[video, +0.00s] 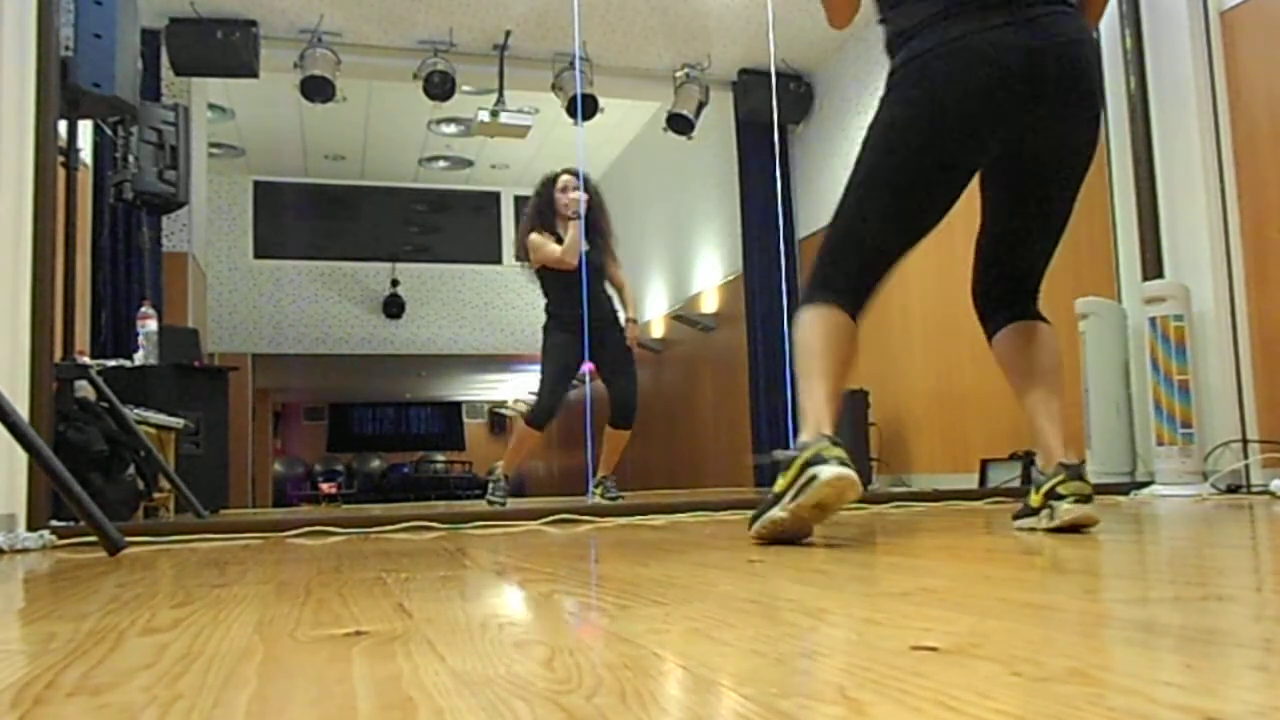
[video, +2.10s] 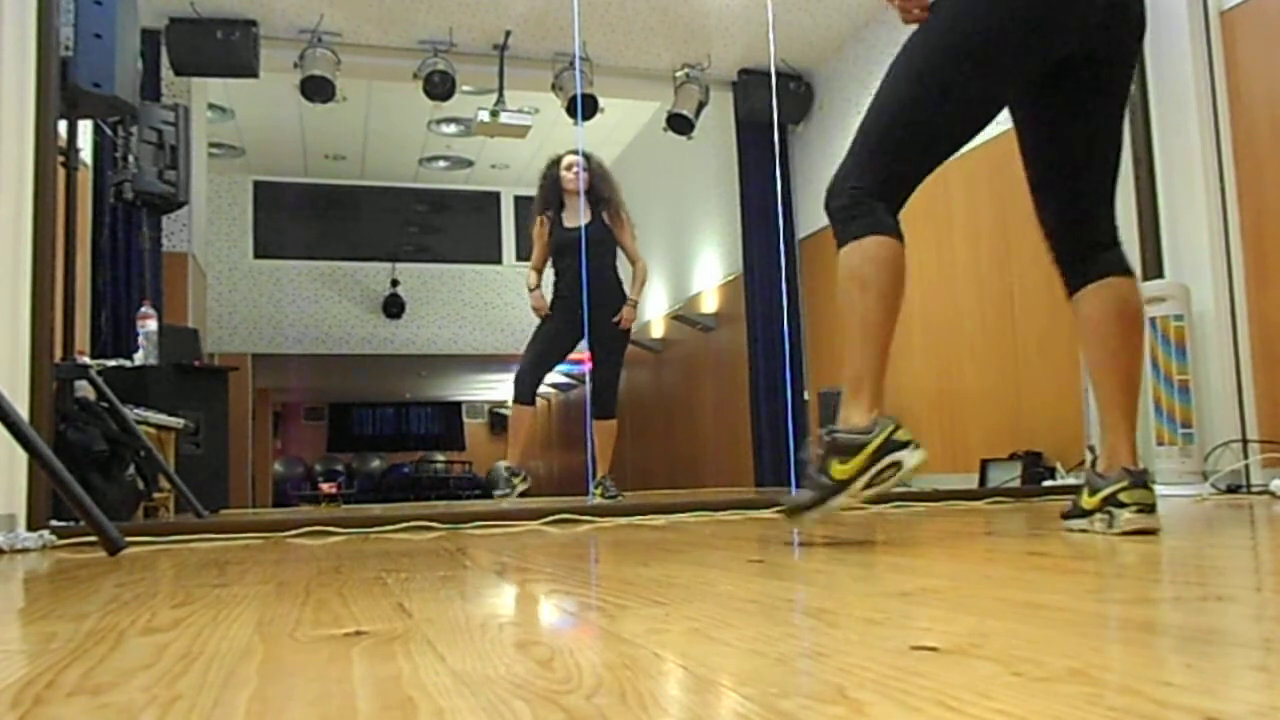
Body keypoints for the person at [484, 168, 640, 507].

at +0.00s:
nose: (574, 196)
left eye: (578, 190)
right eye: (566, 190)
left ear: (588, 198)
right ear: (550, 199)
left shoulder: (595, 241)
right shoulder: (537, 240)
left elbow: (620, 281)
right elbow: (568, 260)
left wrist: (631, 319)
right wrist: (576, 217)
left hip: (605, 327)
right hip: (564, 329)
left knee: (625, 402)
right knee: (547, 404)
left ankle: (604, 479)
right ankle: (503, 474)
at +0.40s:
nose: (543, 196)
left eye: (549, 191)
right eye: (536, 188)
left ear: (556, 200)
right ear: (520, 193)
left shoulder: (555, 243)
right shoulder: (504, 230)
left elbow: (569, 294)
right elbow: (534, 251)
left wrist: (589, 326)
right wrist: (540, 217)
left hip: (550, 331)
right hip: (512, 329)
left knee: (608, 396)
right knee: (516, 413)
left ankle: (596, 480)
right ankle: (496, 484)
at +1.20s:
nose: (522, 176)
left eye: (529, 172)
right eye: (517, 169)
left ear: (538, 181)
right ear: (503, 172)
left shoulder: (538, 223)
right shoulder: (483, 204)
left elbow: (550, 280)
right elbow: (478, 245)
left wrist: (571, 285)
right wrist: (509, 213)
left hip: (535, 305)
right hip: (493, 307)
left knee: (570, 383)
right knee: (495, 397)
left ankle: (583, 474)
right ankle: (493, 482)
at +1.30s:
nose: (531, 181)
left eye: (538, 177)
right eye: (525, 175)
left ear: (546, 187)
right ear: (511, 181)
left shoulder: (550, 229)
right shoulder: (491, 215)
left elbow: (556, 288)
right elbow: (469, 261)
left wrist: (573, 276)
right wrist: (507, 242)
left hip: (536, 313)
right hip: (493, 313)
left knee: (578, 386)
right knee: (491, 398)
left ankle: (597, 470)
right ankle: (493, 483)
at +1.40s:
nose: (539, 188)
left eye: (545, 183)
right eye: (532, 183)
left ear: (554, 194)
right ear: (519, 191)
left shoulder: (563, 235)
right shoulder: (502, 229)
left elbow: (572, 296)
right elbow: (472, 277)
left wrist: (569, 275)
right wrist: (490, 282)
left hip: (540, 325)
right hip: (497, 323)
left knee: (577, 396)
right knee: (487, 401)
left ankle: (604, 473)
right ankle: (491, 484)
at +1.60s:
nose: (554, 199)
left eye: (560, 194)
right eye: (548, 194)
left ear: (570, 203)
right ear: (536, 202)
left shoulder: (587, 244)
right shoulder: (522, 245)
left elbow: (602, 299)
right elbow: (502, 296)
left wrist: (587, 310)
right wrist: (497, 328)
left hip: (568, 334)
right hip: (525, 334)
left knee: (590, 403)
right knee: (489, 399)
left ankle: (599, 480)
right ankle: (493, 483)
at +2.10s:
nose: (577, 174)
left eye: (583, 169)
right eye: (570, 169)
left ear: (591, 178)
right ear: (557, 178)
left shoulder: (609, 213)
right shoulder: (547, 221)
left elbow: (639, 263)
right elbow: (535, 268)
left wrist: (633, 302)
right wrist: (534, 291)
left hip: (609, 312)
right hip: (566, 312)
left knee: (604, 394)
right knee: (525, 379)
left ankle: (602, 479)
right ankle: (512, 469)